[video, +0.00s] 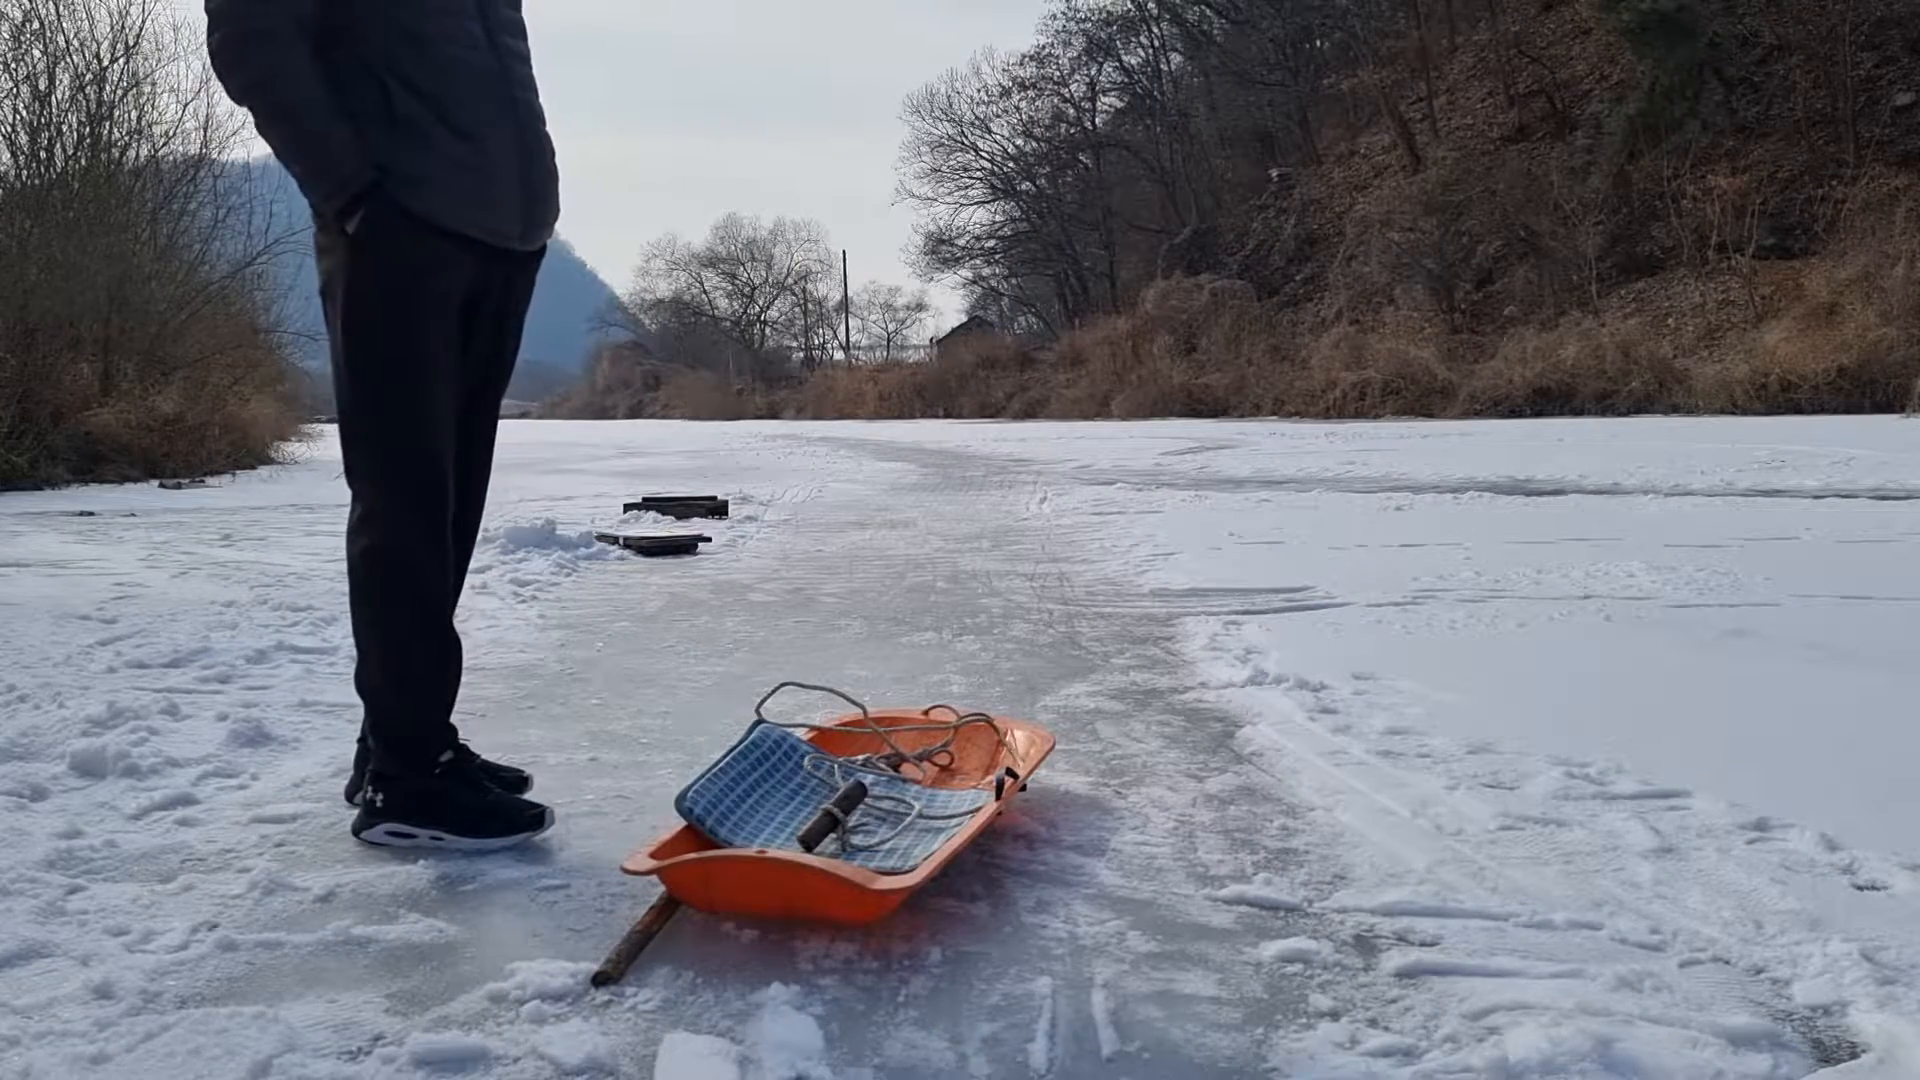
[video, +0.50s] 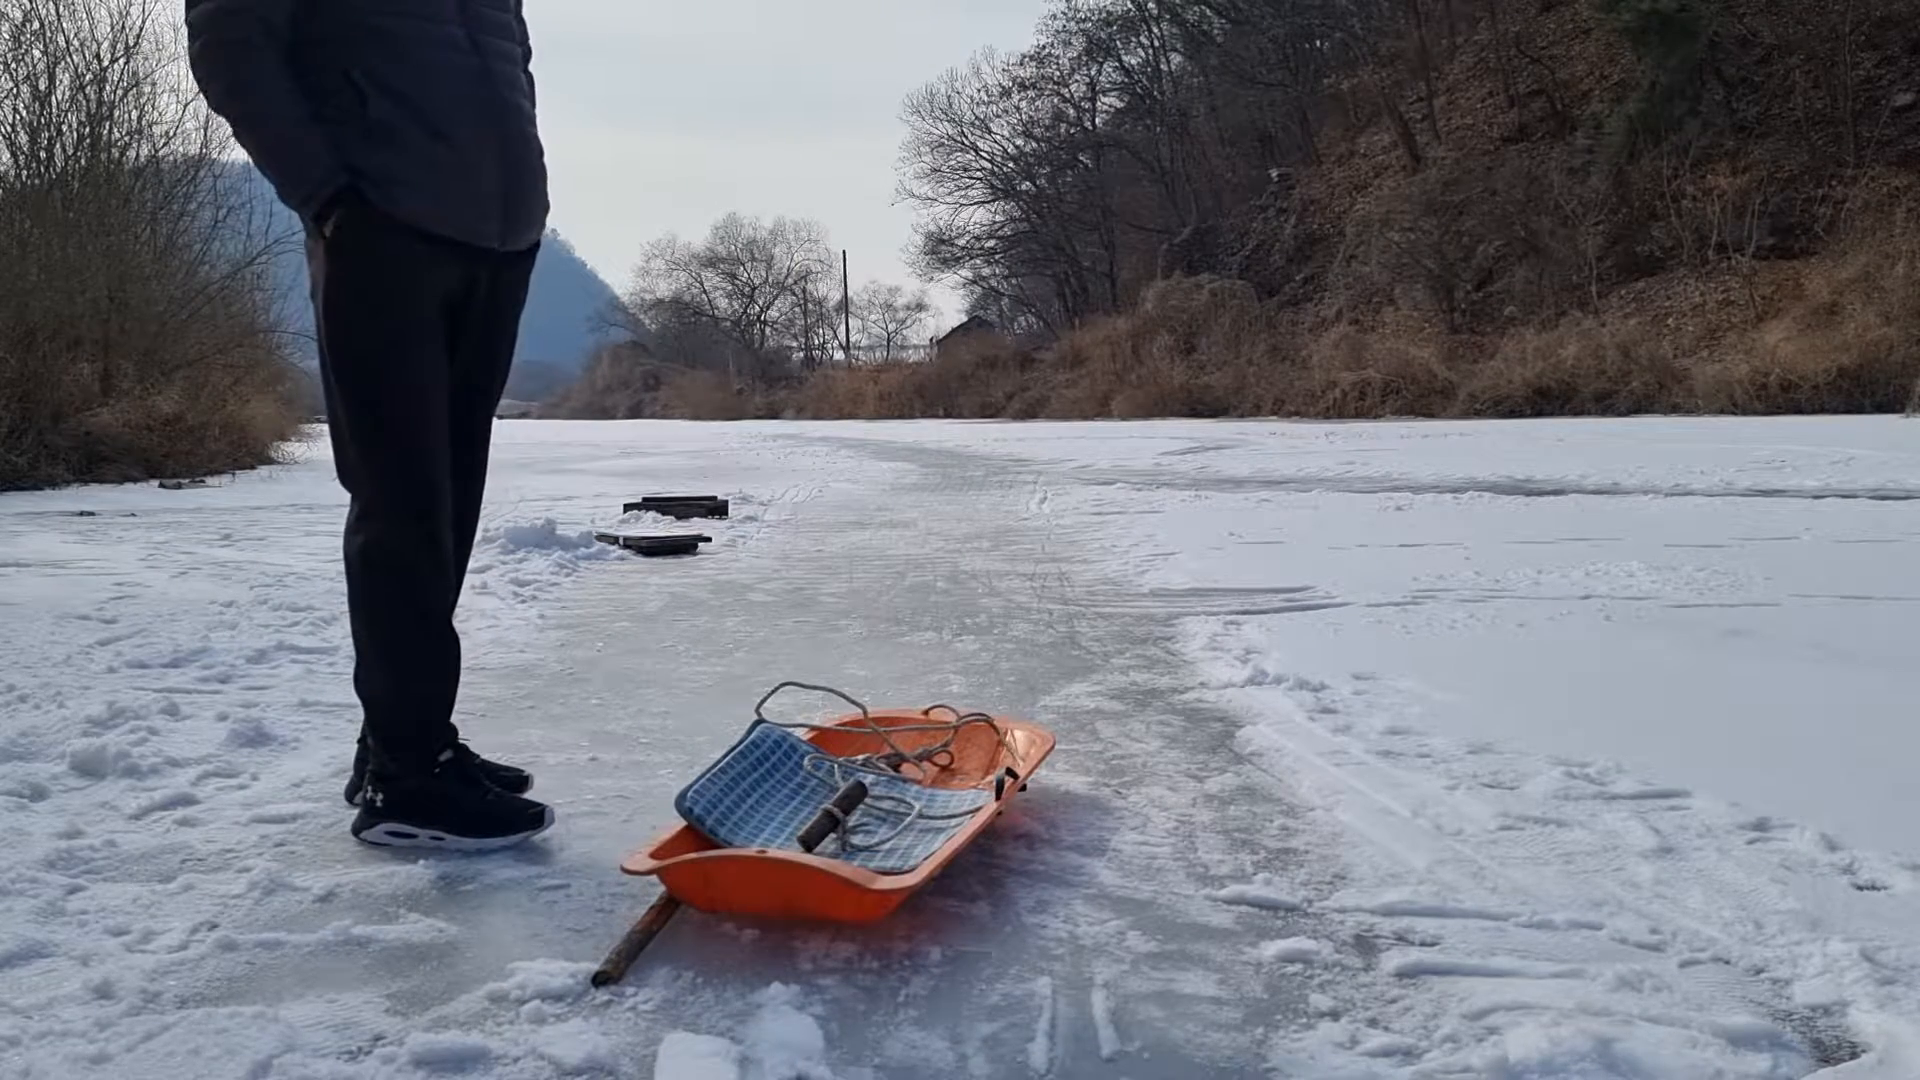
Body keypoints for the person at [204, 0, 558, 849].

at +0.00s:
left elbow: (497, 39)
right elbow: (247, 33)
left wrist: (526, 179)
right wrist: (347, 191)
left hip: (502, 221)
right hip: (396, 212)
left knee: (449, 499)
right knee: (403, 499)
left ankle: (414, 748)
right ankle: (405, 773)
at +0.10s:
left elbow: (498, 40)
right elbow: (243, 37)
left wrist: (524, 180)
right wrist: (344, 193)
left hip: (501, 223)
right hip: (393, 214)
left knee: (448, 500)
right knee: (402, 500)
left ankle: (413, 749)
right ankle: (404, 773)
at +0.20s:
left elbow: (499, 42)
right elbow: (238, 36)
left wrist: (522, 183)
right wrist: (339, 196)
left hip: (499, 224)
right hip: (390, 216)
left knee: (448, 500)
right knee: (402, 500)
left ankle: (414, 749)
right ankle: (404, 773)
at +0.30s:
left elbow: (506, 41)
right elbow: (234, 37)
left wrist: (520, 183)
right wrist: (333, 198)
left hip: (501, 226)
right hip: (385, 218)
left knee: (449, 502)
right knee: (401, 502)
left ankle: (411, 747)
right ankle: (405, 772)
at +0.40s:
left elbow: (508, 40)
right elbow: (231, 39)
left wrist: (519, 177)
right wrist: (329, 195)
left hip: (501, 221)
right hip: (383, 214)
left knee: (449, 501)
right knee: (401, 501)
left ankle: (413, 747)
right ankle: (404, 771)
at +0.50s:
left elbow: (510, 40)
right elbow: (226, 36)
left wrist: (518, 175)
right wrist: (326, 195)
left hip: (501, 222)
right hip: (380, 214)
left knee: (450, 500)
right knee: (401, 500)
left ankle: (410, 748)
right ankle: (405, 771)